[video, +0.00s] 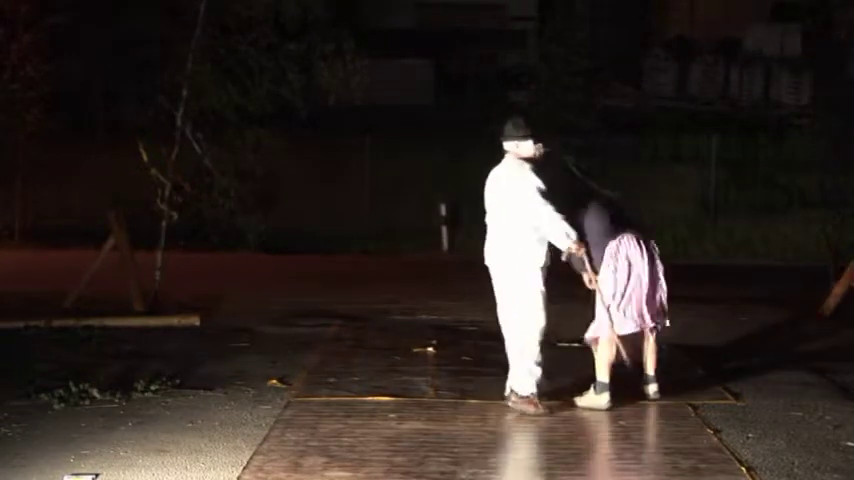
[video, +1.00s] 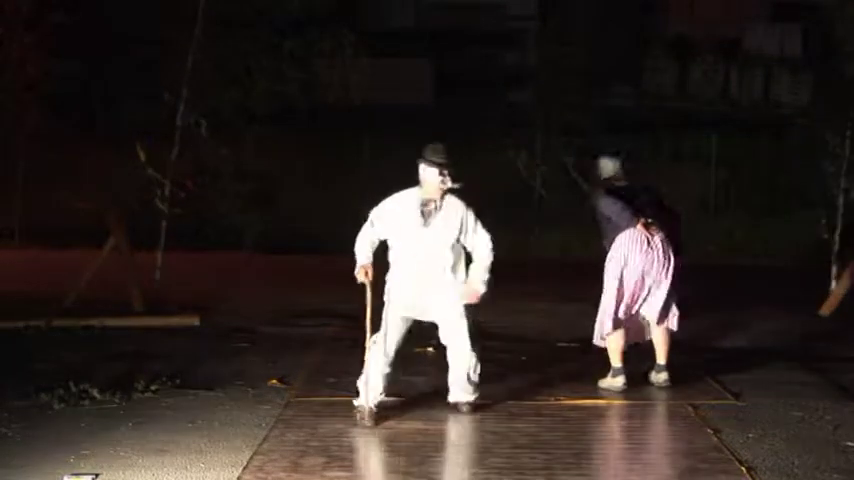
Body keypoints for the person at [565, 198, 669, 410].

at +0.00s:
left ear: (614, 224)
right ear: (633, 222)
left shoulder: (615, 248)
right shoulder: (648, 245)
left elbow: (608, 284)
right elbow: (659, 281)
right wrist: (662, 307)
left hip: (618, 307)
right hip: (645, 304)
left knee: (604, 338)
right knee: (649, 333)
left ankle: (601, 390)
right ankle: (651, 382)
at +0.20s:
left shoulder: (581, 237)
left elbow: (600, 271)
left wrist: (615, 292)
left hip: (628, 255)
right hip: (655, 249)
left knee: (612, 322)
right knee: (654, 322)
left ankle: (601, 387)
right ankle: (652, 383)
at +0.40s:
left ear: (592, 202)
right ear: (614, 198)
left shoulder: (592, 216)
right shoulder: (632, 207)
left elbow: (595, 250)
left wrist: (598, 271)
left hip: (631, 249)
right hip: (661, 243)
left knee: (599, 303)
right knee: (655, 315)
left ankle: (613, 358)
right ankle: (652, 380)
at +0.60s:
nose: (584, 192)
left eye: (584, 188)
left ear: (587, 190)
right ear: (608, 181)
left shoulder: (593, 206)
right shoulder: (637, 191)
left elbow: (604, 239)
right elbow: (667, 200)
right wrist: (686, 230)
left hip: (625, 255)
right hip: (658, 247)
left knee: (612, 315)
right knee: (653, 316)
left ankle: (615, 373)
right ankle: (649, 378)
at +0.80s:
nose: (589, 185)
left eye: (590, 181)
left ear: (594, 182)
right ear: (619, 175)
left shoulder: (596, 203)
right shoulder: (639, 192)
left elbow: (588, 213)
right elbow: (669, 208)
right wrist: (676, 240)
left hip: (619, 252)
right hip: (653, 248)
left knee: (610, 308)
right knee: (650, 304)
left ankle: (615, 371)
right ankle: (654, 357)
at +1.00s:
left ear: (634, 215)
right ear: (656, 216)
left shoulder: (625, 240)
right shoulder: (663, 240)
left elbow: (612, 276)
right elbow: (667, 272)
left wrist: (605, 315)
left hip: (627, 284)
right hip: (658, 285)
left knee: (615, 320)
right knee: (659, 318)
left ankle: (617, 372)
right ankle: (661, 369)